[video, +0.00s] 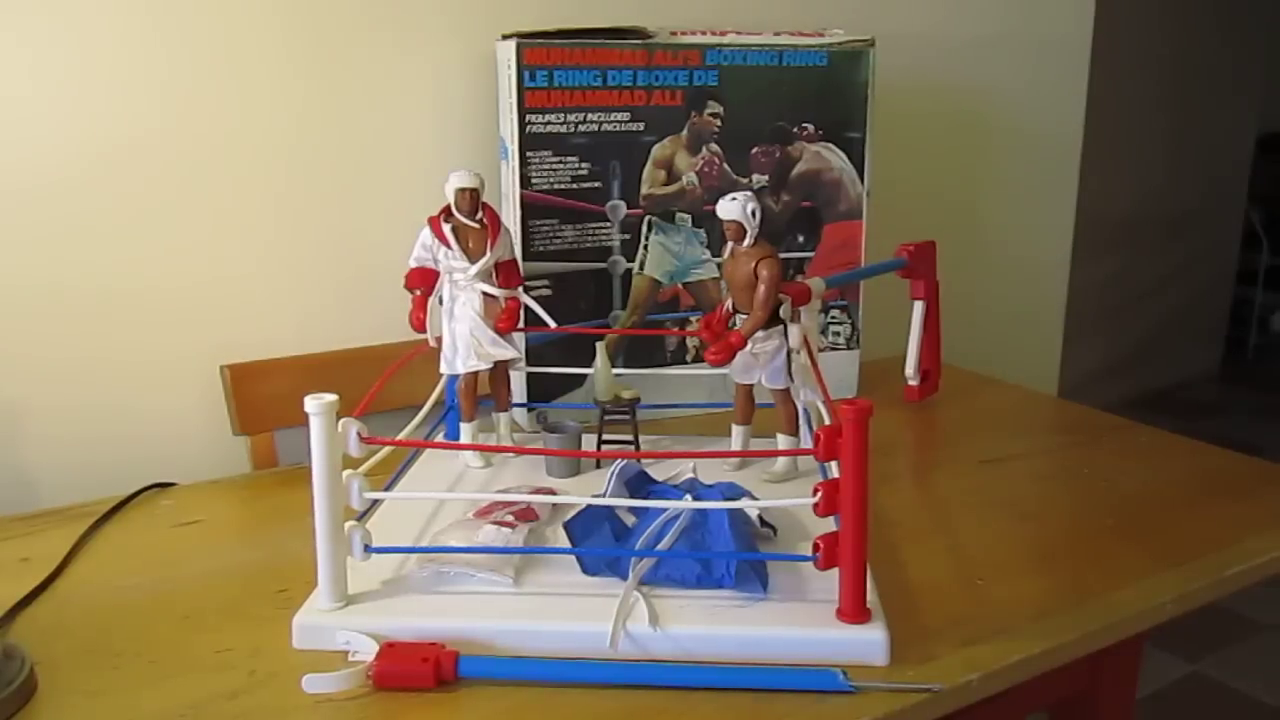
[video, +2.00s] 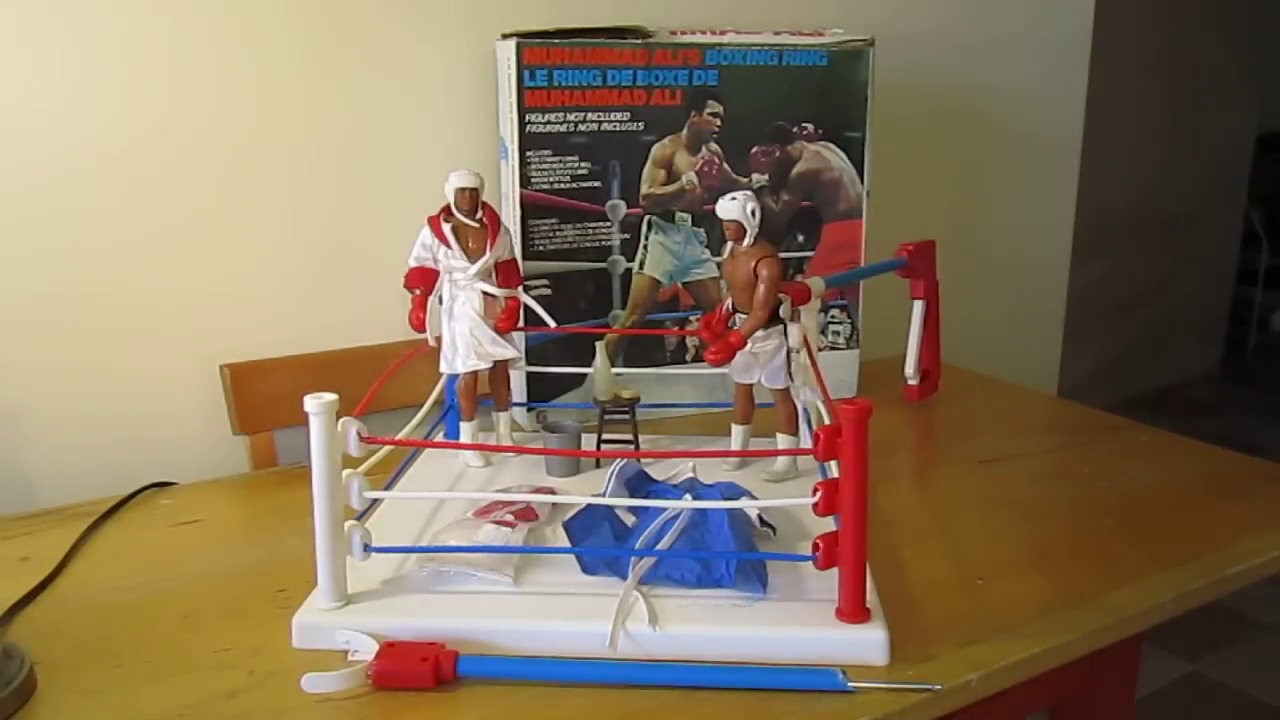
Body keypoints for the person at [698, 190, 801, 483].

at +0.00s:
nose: (725, 229)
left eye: (730, 224)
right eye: (723, 223)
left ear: (748, 224)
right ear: (725, 224)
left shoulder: (767, 262)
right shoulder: (730, 251)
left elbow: (762, 313)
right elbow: (735, 293)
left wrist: (736, 339)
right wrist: (721, 317)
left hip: (770, 334)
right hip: (744, 331)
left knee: (780, 392)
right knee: (742, 387)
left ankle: (787, 457)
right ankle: (738, 450)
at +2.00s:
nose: (725, 227)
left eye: (730, 222)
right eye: (723, 222)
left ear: (748, 223)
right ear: (723, 223)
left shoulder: (767, 263)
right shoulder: (731, 250)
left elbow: (761, 313)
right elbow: (735, 293)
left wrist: (735, 340)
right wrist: (720, 318)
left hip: (769, 333)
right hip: (743, 330)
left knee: (780, 392)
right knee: (742, 387)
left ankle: (786, 457)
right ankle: (737, 450)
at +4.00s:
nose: (725, 227)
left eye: (730, 222)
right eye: (723, 222)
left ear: (747, 223)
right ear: (724, 222)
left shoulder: (767, 261)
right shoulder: (729, 249)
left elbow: (761, 313)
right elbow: (733, 292)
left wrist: (735, 338)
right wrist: (719, 316)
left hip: (770, 332)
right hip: (742, 328)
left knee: (780, 390)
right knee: (742, 386)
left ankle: (787, 456)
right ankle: (738, 450)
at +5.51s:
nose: (725, 227)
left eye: (731, 222)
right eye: (724, 222)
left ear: (748, 222)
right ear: (724, 222)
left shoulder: (767, 260)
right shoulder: (730, 250)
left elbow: (761, 312)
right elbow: (736, 292)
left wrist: (735, 338)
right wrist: (721, 315)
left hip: (770, 332)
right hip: (743, 329)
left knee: (779, 390)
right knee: (742, 385)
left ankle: (787, 456)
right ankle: (738, 450)